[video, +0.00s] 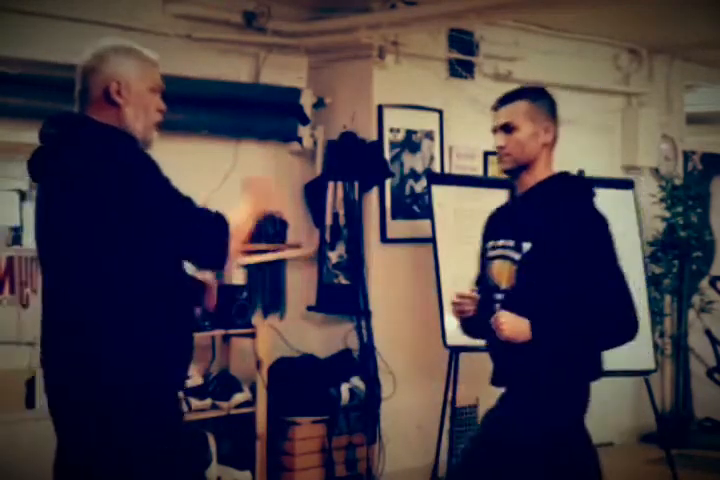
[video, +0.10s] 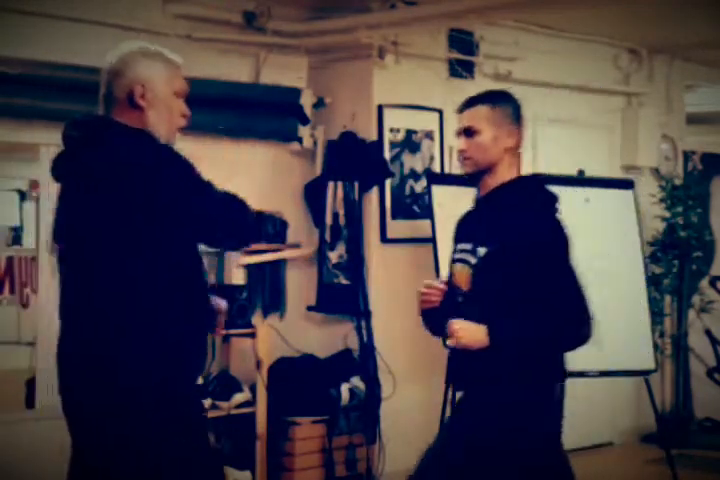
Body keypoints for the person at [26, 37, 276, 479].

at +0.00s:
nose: (163, 107)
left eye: (161, 95)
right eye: (156, 93)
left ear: (115, 93)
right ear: (118, 93)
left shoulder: (66, 157)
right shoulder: (116, 158)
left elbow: (119, 264)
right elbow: (212, 243)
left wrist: (197, 290)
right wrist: (247, 213)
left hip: (84, 380)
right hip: (129, 387)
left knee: (91, 469)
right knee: (154, 470)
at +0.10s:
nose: (187, 112)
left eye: (186, 99)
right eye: (179, 96)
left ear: (139, 97)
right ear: (141, 97)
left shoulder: (84, 165)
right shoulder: (155, 164)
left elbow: (120, 271)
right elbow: (229, 223)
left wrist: (198, 300)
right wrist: (273, 227)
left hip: (93, 378)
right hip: (151, 382)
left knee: (99, 470)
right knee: (186, 469)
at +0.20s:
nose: (217, 120)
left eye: (216, 107)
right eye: (210, 105)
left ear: (170, 103)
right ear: (172, 103)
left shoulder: (109, 165)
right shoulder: (179, 170)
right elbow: (255, 262)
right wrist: (279, 258)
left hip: (112, 388)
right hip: (175, 393)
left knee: (123, 471)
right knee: (185, 471)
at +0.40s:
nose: (284, 139)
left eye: (284, 127)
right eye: (276, 125)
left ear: (237, 124)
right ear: (238, 123)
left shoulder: (192, 183)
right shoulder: (231, 192)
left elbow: (270, 285)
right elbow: (275, 299)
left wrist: (340, 248)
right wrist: (357, 363)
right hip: (229, 405)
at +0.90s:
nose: (329, 126)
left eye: (328, 112)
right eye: (323, 111)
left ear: (285, 109)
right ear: (293, 111)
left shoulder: (229, 171)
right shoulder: (291, 174)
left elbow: (321, 275)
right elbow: (341, 290)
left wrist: (375, 224)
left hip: (244, 381)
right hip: (294, 389)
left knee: (258, 468)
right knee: (302, 469)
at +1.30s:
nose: (312, 130)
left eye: (312, 117)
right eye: (306, 115)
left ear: (267, 114)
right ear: (272, 116)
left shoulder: (206, 180)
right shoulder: (270, 183)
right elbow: (317, 294)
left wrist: (329, 253)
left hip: (228, 388)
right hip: (279, 396)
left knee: (253, 471)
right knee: (300, 470)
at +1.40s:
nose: (294, 128)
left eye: (294, 115)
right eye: (289, 112)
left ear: (248, 109)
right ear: (256, 111)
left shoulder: (183, 179)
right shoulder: (258, 179)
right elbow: (333, 296)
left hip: (196, 398)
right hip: (256, 404)